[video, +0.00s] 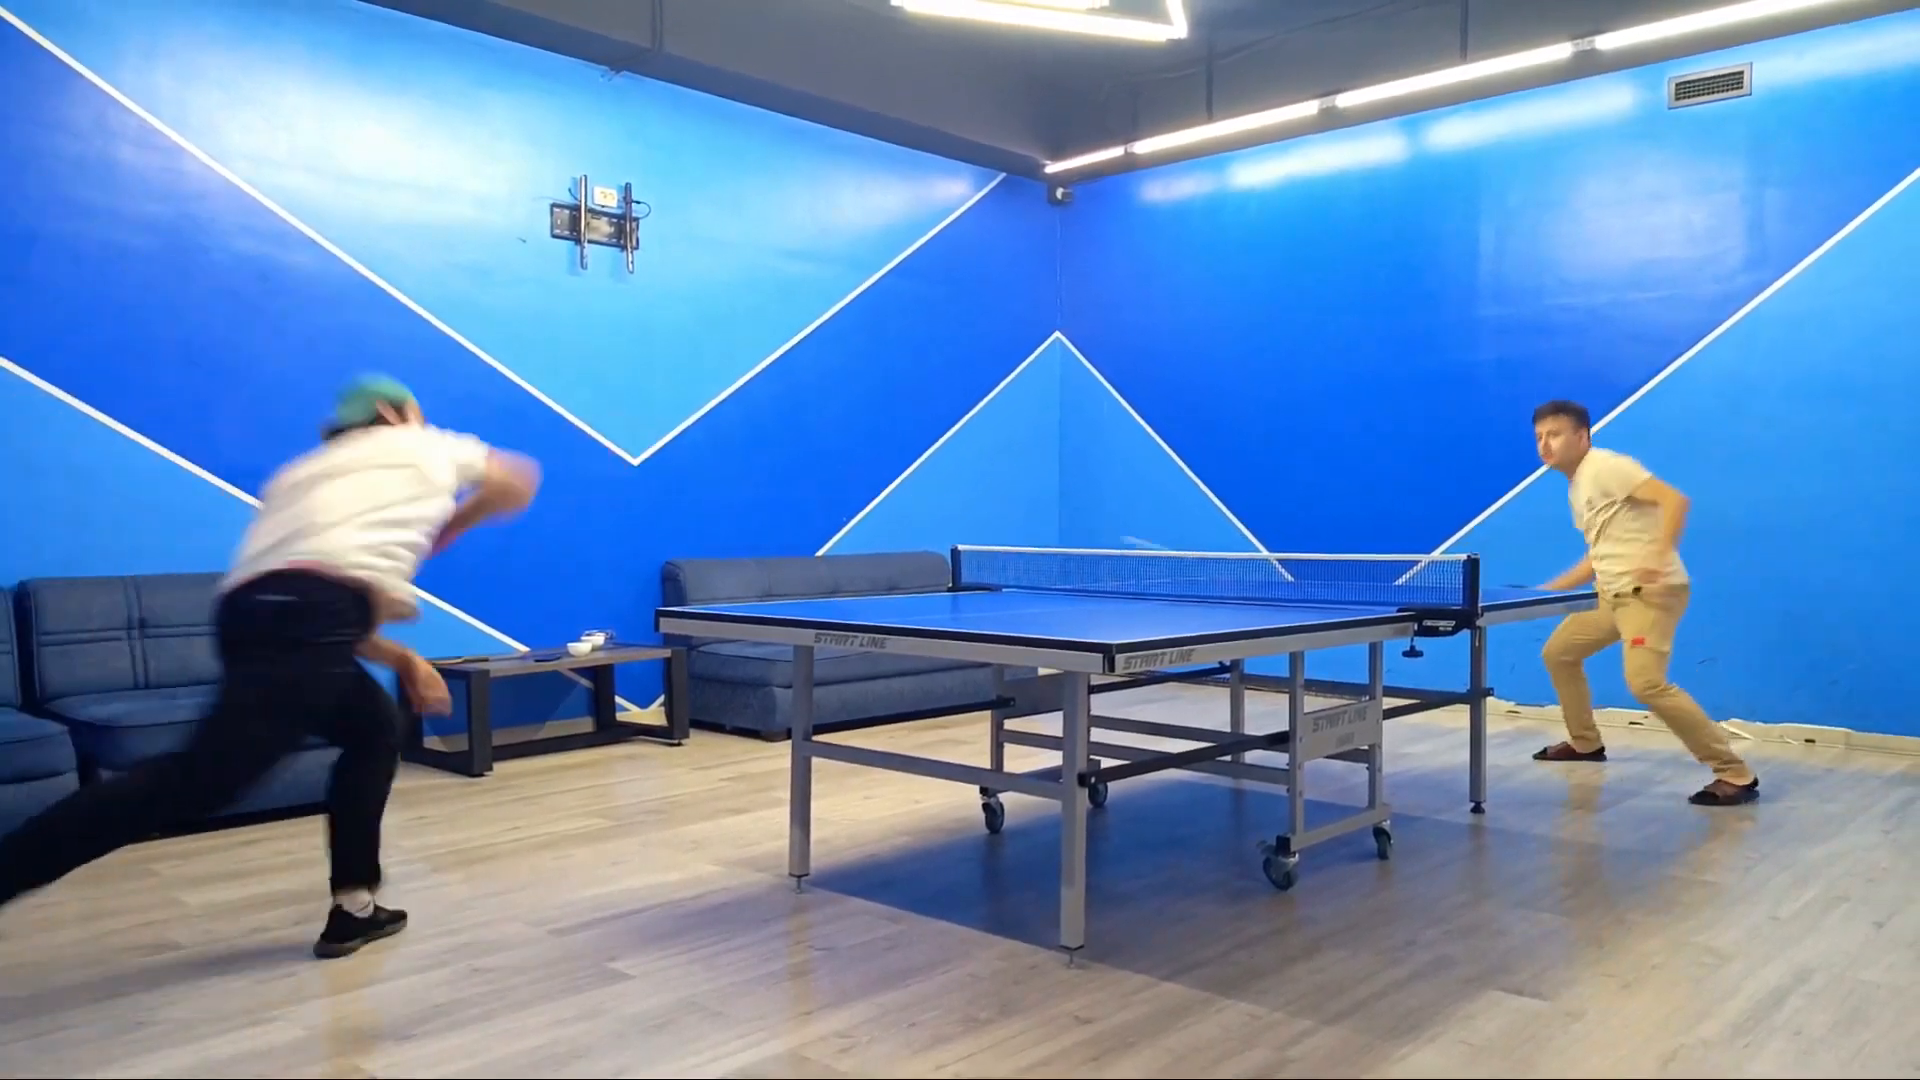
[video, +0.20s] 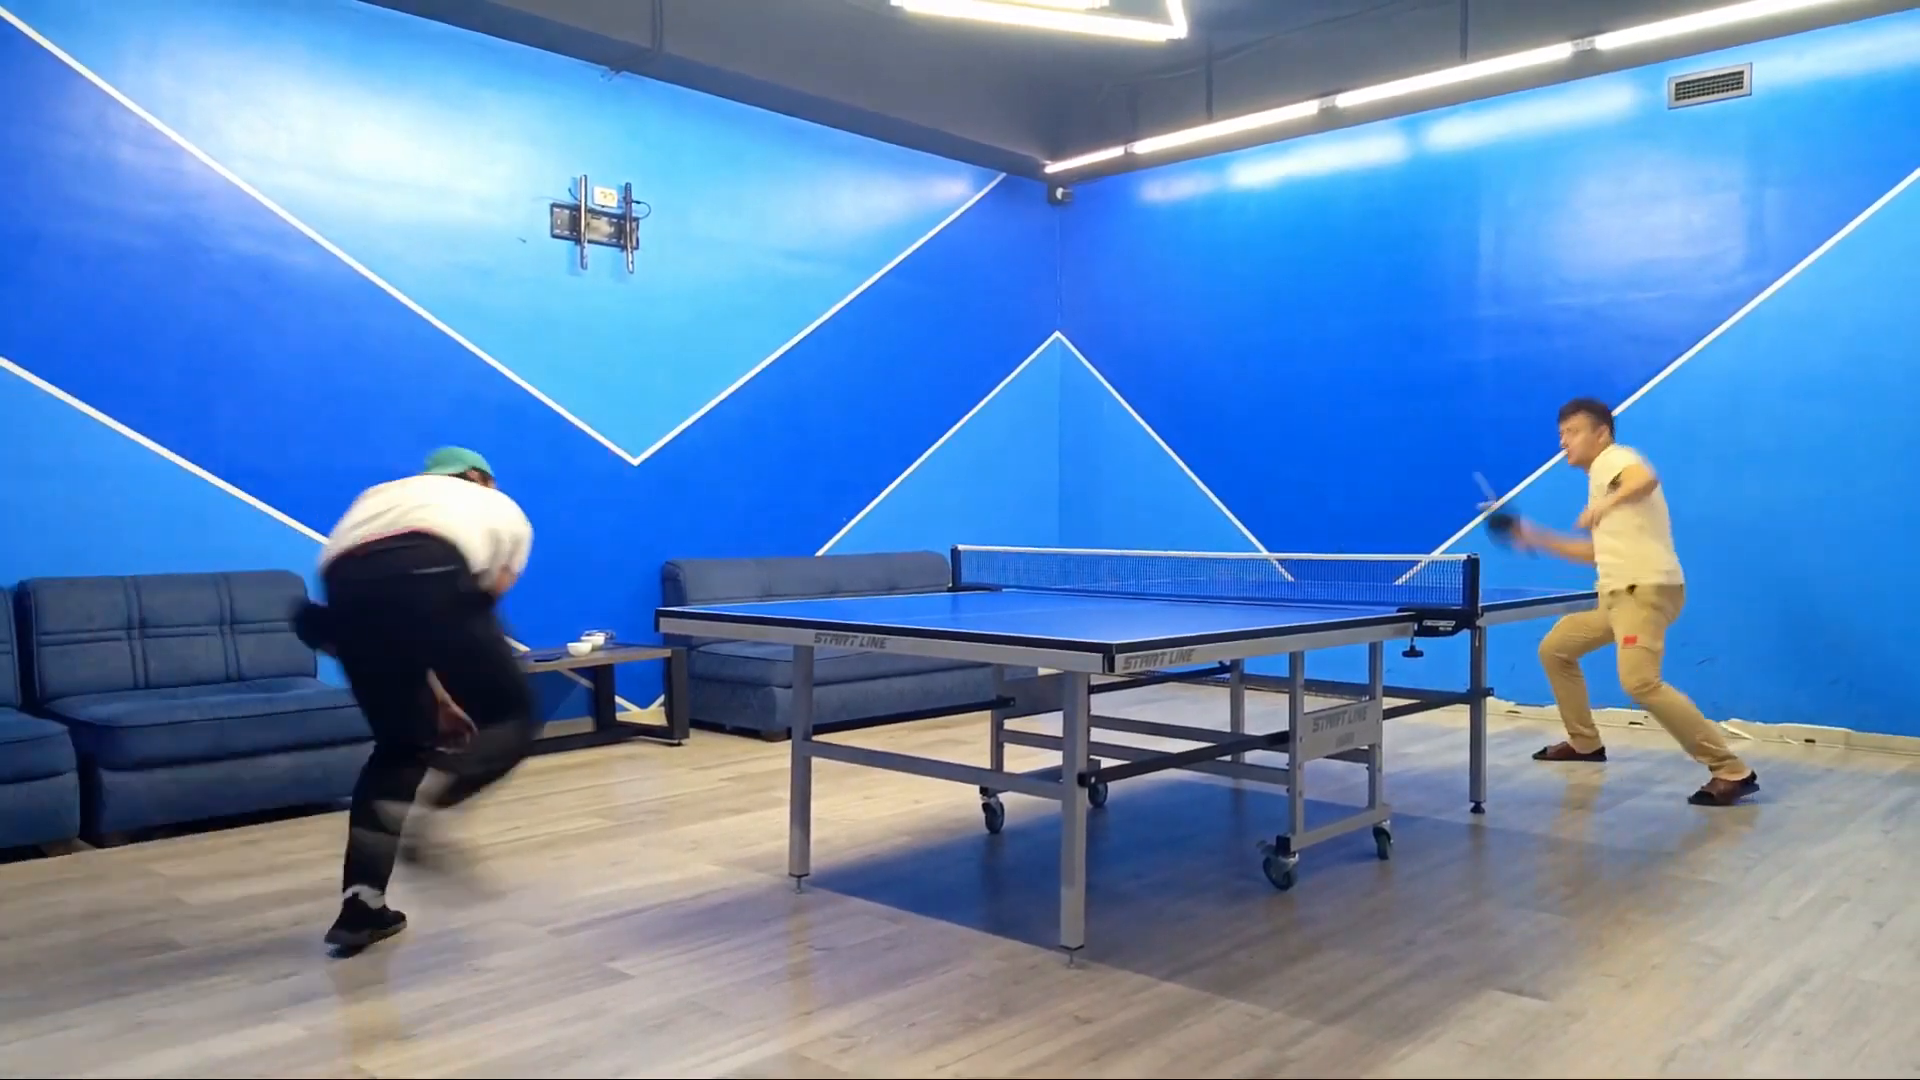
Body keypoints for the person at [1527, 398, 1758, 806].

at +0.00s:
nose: (1544, 445)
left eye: (1553, 435)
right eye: (1539, 438)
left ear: (1582, 436)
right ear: (1539, 443)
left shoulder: (1606, 467)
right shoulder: (1580, 487)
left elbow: (1675, 501)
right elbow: (1603, 553)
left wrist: (1660, 557)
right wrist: (1555, 587)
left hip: (1652, 593)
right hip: (1615, 598)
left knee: (1647, 684)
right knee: (1558, 654)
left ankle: (1736, 775)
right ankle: (1584, 743)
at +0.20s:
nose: (1564, 442)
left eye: (1572, 432)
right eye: (1562, 435)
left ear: (1601, 432)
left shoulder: (1616, 456)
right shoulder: (1600, 481)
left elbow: (1644, 480)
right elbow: (1599, 552)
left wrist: (1604, 506)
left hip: (1646, 588)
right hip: (1617, 595)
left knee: (1641, 682)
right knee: (1556, 649)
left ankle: (1732, 771)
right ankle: (1583, 742)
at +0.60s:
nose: (1661, 390)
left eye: (1674, 384)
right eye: (1660, 382)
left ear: (1703, 393)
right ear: (1657, 388)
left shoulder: (1730, 438)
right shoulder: (1663, 435)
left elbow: (1806, 455)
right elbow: (1653, 456)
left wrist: (1873, 445)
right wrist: (1606, 439)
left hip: (1712, 583)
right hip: (1651, 577)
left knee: (1742, 671)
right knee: (1606, 653)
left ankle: (1791, 764)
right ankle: (1609, 739)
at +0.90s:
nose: (1683, 401)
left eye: (1697, 396)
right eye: (1681, 394)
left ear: (1723, 409)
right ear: (1675, 403)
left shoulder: (1744, 464)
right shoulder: (1654, 453)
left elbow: (1776, 525)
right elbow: (1609, 491)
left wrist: (1777, 578)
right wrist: (1557, 508)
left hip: (1713, 590)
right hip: (1650, 585)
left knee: (1741, 671)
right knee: (1598, 655)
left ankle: (1790, 764)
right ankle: (1610, 742)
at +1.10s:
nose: (1666, 378)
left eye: (1678, 372)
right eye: (1662, 371)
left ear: (1702, 383)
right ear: (1656, 379)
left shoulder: (1723, 436)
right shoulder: (1633, 426)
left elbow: (1743, 497)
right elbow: (1585, 455)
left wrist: (1743, 545)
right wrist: (1565, 464)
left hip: (1702, 566)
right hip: (1637, 563)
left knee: (1733, 657)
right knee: (1612, 649)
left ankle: (1760, 752)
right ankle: (1609, 740)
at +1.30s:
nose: (1666, 381)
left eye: (1677, 374)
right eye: (1662, 375)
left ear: (1703, 381)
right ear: (1657, 382)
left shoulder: (1727, 435)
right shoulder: (1639, 427)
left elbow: (1745, 499)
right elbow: (1604, 471)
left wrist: (1740, 548)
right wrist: (1585, 498)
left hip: (1698, 561)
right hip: (1638, 558)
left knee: (1710, 653)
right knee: (1622, 650)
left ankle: (1714, 732)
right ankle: (1610, 738)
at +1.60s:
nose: (1695, 383)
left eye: (1706, 375)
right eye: (1692, 376)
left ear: (1732, 382)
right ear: (1688, 382)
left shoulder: (1755, 437)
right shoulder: (1669, 425)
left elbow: (1761, 504)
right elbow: (1649, 482)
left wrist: (1752, 554)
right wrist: (1633, 534)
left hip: (1716, 557)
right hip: (1657, 550)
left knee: (1707, 650)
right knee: (1641, 642)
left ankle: (1708, 732)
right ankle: (1625, 728)